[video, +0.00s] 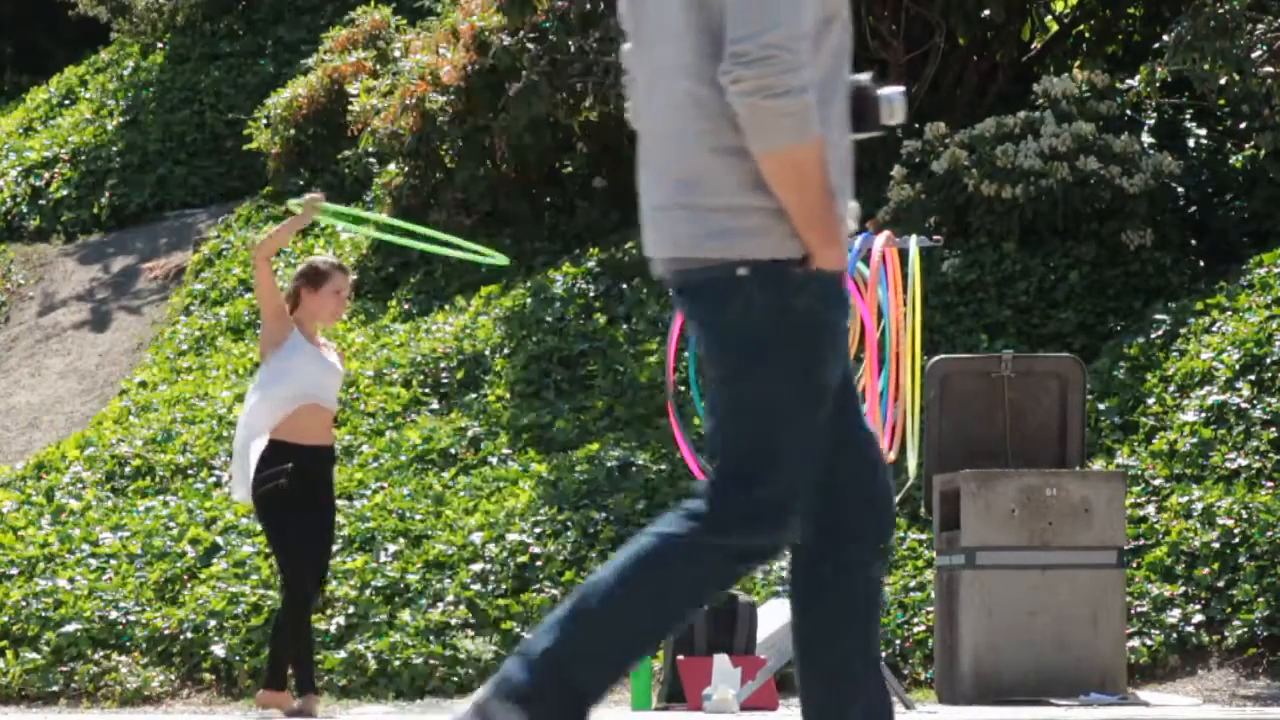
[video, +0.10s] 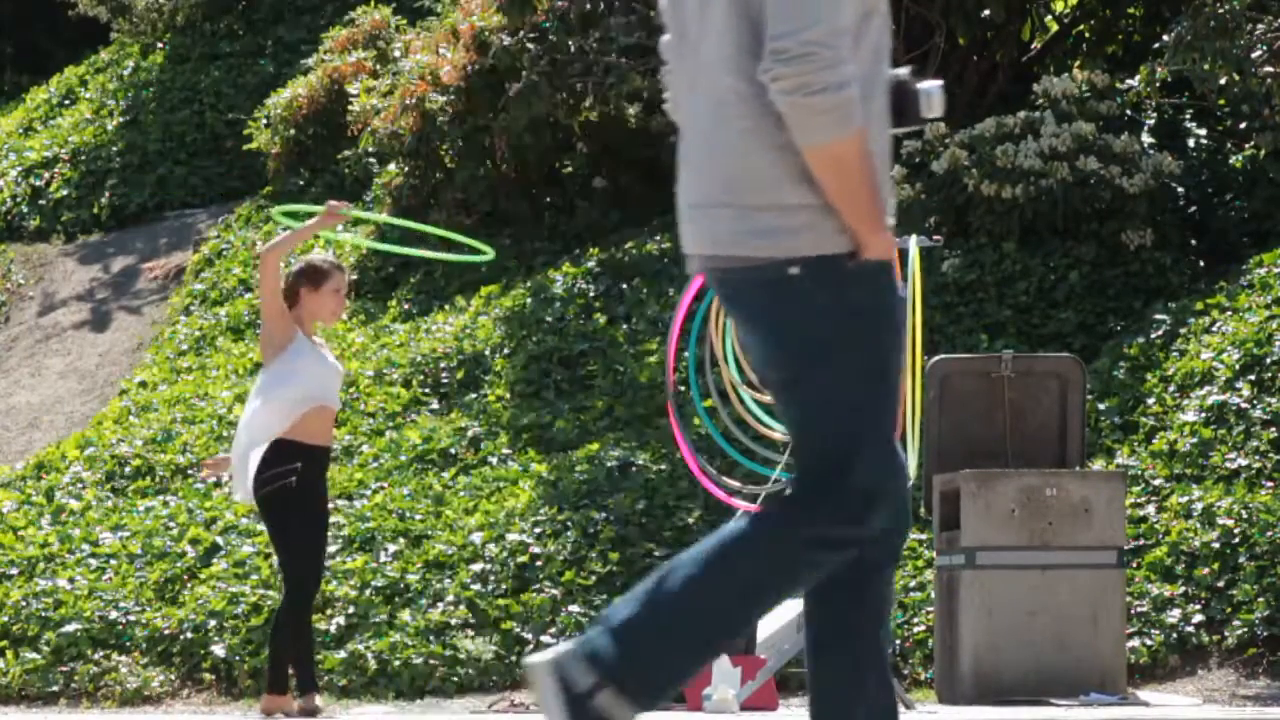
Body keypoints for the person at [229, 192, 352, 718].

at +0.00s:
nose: (343, 303)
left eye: (347, 295)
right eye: (337, 293)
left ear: (334, 302)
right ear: (306, 293)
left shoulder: (330, 349)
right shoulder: (278, 329)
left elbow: (318, 412)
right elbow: (260, 254)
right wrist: (303, 217)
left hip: (321, 467)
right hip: (281, 464)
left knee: (307, 583)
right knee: (298, 582)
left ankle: (274, 686)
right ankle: (306, 693)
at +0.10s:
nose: (345, 302)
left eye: (345, 294)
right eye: (339, 293)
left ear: (317, 298)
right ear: (308, 294)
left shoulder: (317, 348)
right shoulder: (280, 335)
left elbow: (288, 416)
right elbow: (268, 257)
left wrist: (237, 455)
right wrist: (318, 223)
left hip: (312, 467)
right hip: (283, 464)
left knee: (304, 585)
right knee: (300, 583)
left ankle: (302, 693)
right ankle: (279, 694)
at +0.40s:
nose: (325, 296)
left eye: (324, 288)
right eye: (318, 287)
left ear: (283, 292)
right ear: (297, 290)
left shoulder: (271, 336)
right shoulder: (287, 324)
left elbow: (232, 392)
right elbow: (333, 283)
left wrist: (233, 414)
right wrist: (369, 254)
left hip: (264, 474)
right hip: (292, 473)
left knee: (280, 587)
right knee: (314, 585)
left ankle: (270, 695)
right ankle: (317, 692)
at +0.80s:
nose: (253, 302)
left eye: (254, 295)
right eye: (254, 295)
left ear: (262, 300)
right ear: (302, 296)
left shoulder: (249, 350)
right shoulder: (329, 338)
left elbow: (231, 406)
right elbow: (365, 349)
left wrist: (300, 411)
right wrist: (335, 321)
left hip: (249, 478)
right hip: (305, 478)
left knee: (261, 588)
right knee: (298, 586)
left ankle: (267, 694)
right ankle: (314, 689)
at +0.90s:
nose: (257, 310)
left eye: (260, 302)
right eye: (257, 301)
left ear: (276, 303)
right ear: (300, 301)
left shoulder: (255, 352)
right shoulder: (331, 347)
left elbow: (251, 412)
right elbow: (346, 376)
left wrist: (308, 414)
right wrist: (334, 343)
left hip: (254, 477)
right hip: (308, 481)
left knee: (261, 585)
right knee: (282, 579)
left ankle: (267, 694)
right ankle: (306, 684)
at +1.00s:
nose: (256, 308)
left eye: (261, 300)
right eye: (255, 300)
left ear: (284, 300)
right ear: (297, 300)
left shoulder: (263, 347)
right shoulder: (334, 340)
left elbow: (273, 412)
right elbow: (333, 391)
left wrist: (325, 409)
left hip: (263, 473)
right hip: (312, 473)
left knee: (263, 581)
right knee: (274, 579)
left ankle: (269, 689)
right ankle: (292, 681)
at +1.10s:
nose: (258, 310)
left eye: (265, 302)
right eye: (257, 302)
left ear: (292, 300)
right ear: (295, 302)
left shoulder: (277, 343)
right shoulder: (317, 336)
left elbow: (295, 410)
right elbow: (284, 394)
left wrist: (328, 400)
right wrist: (240, 392)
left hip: (276, 481)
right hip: (305, 481)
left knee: (262, 582)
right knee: (267, 580)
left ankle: (274, 689)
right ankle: (274, 686)